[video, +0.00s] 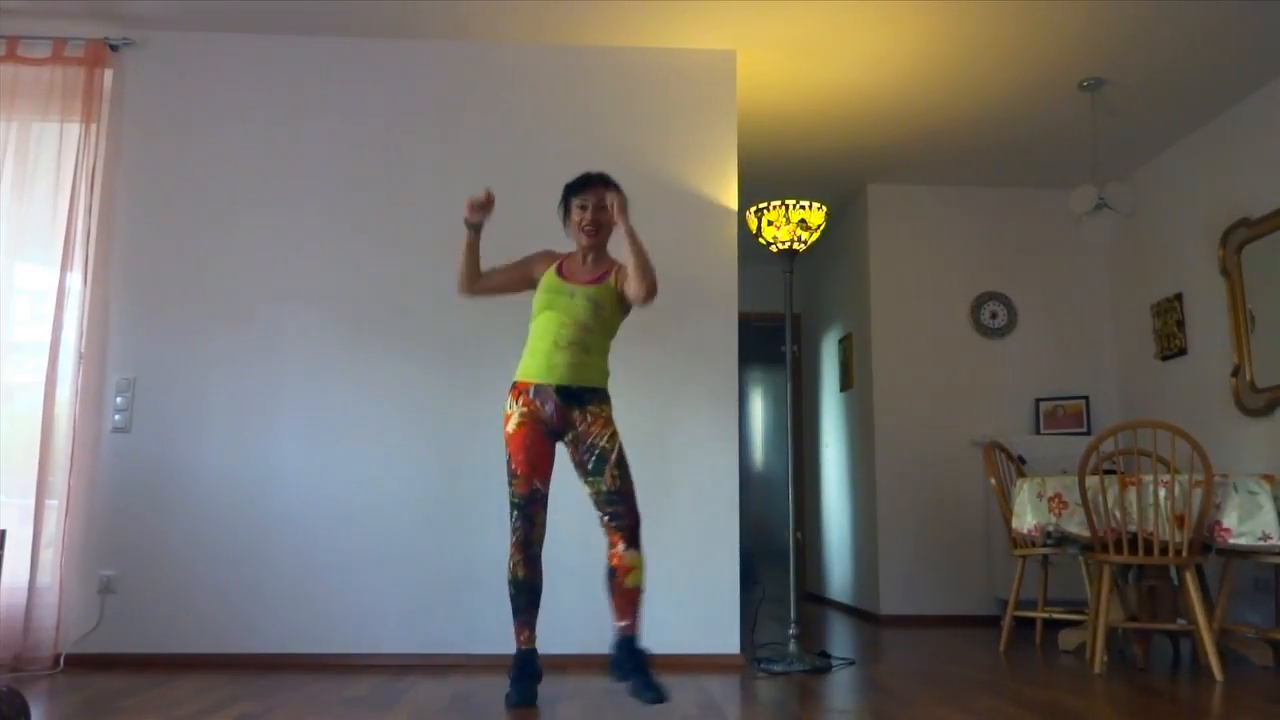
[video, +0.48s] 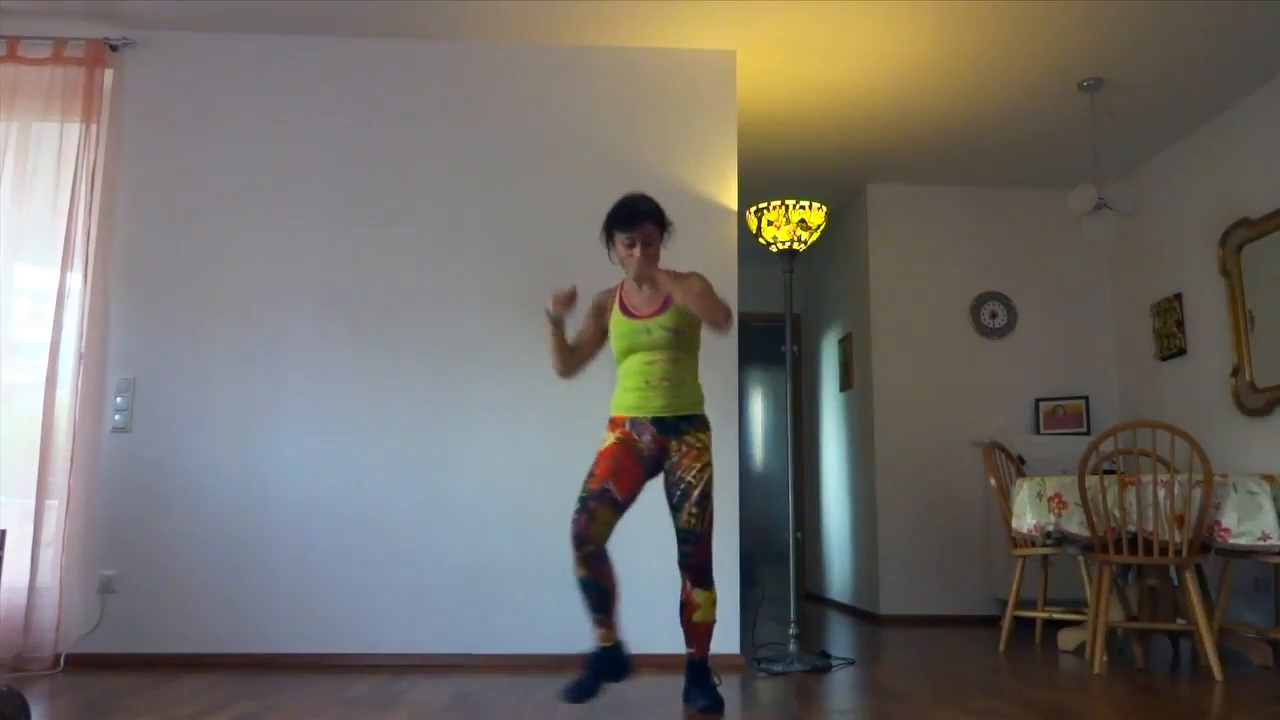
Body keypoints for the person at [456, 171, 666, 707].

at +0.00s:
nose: (591, 217)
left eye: (600, 210)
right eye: (581, 208)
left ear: (612, 220)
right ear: (567, 216)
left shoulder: (619, 272)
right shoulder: (547, 264)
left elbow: (644, 290)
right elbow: (471, 284)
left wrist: (626, 226)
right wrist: (473, 229)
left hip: (589, 408)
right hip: (530, 403)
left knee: (625, 528)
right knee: (526, 534)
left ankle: (627, 650)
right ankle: (525, 658)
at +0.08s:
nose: (598, 214)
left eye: (607, 206)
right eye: (587, 206)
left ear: (620, 213)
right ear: (573, 216)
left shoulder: (631, 272)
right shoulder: (554, 264)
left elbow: (653, 243)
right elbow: (481, 251)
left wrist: (621, 179)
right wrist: (465, 195)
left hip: (596, 401)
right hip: (538, 395)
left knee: (637, 520)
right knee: (527, 525)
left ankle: (670, 645)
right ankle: (524, 654)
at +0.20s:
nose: (608, 227)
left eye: (617, 217)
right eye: (597, 218)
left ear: (633, 224)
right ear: (584, 227)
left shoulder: (645, 275)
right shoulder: (574, 275)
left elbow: (657, 206)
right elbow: (510, 231)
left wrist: (622, 139)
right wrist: (463, 183)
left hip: (614, 414)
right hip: (555, 406)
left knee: (649, 540)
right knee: (540, 534)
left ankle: (698, 655)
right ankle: (530, 656)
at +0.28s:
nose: (617, 235)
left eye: (626, 224)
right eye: (606, 226)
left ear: (643, 229)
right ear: (594, 233)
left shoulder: (659, 278)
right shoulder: (587, 284)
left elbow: (669, 211)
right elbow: (512, 258)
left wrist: (628, 145)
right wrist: (486, 199)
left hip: (634, 421)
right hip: (575, 411)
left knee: (660, 545)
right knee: (554, 536)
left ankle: (696, 664)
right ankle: (536, 657)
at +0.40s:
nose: (629, 244)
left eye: (635, 234)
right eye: (618, 237)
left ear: (651, 234)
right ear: (605, 244)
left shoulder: (675, 279)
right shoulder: (601, 295)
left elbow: (699, 261)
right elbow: (533, 324)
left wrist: (651, 212)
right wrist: (534, 265)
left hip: (669, 423)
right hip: (610, 420)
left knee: (682, 550)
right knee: (569, 538)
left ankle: (697, 670)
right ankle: (563, 652)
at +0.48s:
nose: (639, 251)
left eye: (648, 241)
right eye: (628, 243)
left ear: (663, 242)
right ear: (613, 250)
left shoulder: (687, 285)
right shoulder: (608, 303)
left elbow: (722, 320)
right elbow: (568, 366)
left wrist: (667, 281)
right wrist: (557, 321)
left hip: (686, 430)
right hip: (627, 432)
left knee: (695, 551)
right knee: (585, 531)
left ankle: (699, 672)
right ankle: (608, 650)